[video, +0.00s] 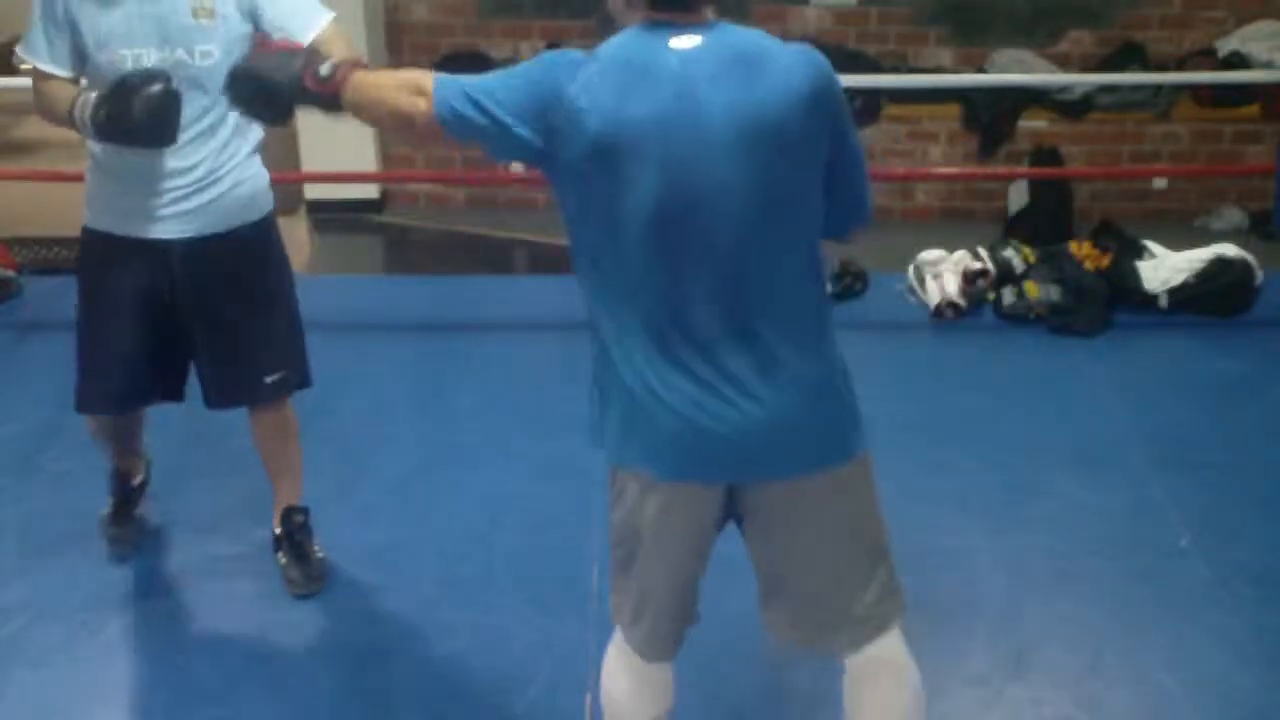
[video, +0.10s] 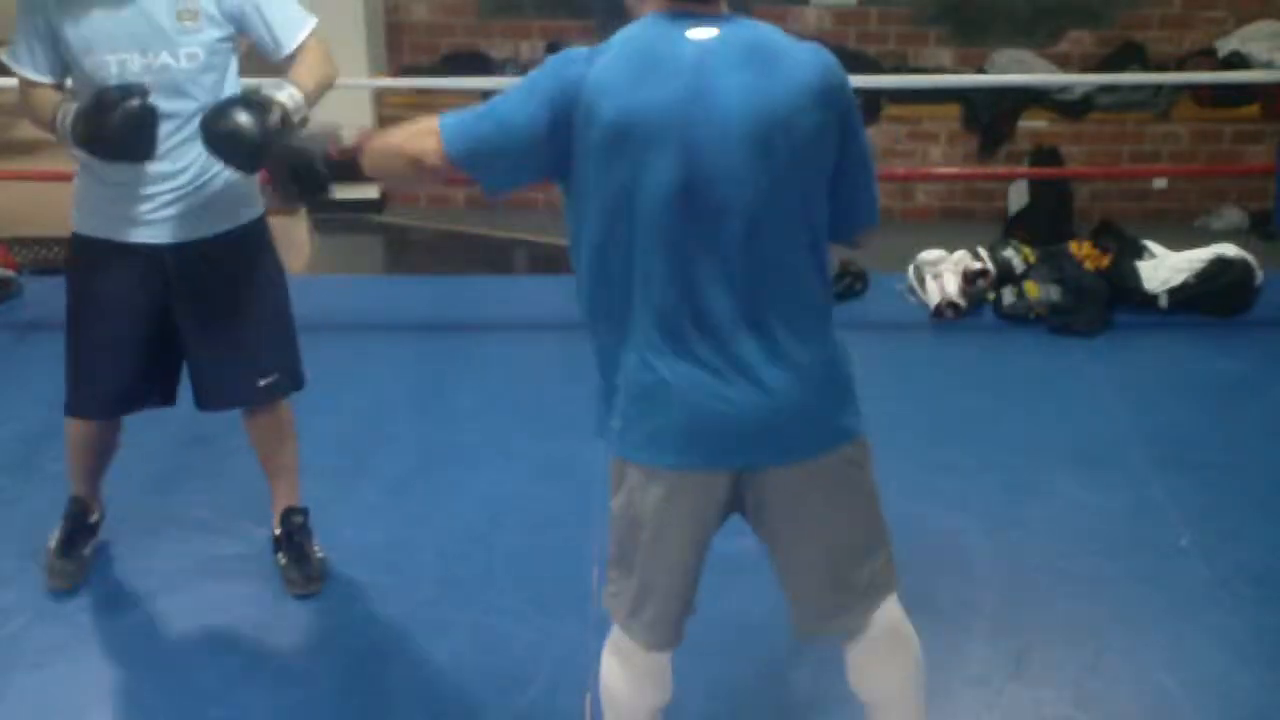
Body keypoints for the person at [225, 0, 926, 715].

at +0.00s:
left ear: (628, 0)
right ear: (722, 0)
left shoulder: (575, 84)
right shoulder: (801, 75)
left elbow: (427, 104)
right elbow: (844, 220)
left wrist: (321, 81)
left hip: (662, 432)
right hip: (805, 422)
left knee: (644, 649)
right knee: (871, 642)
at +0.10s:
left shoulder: (587, 77)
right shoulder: (812, 73)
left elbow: (444, 146)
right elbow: (850, 221)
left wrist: (364, 152)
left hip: (666, 418)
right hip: (805, 408)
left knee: (640, 634)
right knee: (870, 612)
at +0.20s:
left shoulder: (610, 72)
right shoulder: (829, 69)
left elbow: (489, 206)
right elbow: (867, 221)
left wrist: (421, 266)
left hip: (677, 409)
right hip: (813, 395)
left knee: (644, 627)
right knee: (873, 586)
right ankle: (910, 712)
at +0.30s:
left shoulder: (641, 71)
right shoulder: (855, 70)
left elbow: (589, 245)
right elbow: (888, 219)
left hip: (693, 406)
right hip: (824, 389)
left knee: (653, 616)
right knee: (871, 549)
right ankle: (914, 700)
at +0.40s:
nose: (699, 5)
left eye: (702, 2)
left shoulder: (687, 74)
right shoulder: (886, 65)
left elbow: (676, 253)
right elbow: (920, 206)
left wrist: (667, 398)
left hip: (735, 392)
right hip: (852, 378)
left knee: (675, 593)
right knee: (869, 516)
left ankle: (649, 713)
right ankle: (911, 670)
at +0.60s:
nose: (772, 5)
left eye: (776, 1)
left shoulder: (830, 76)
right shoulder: (937, 50)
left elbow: (828, 245)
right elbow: (936, 192)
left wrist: (761, 372)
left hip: (844, 375)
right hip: (924, 361)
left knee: (755, 555)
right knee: (874, 495)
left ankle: (730, 708)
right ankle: (912, 662)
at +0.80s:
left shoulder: (891, 7)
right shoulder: (993, 5)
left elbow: (912, 139)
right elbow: (1018, 55)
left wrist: (844, 239)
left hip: (903, 293)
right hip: (980, 277)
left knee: (885, 486)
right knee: (951, 454)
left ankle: (954, 680)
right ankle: (958, 611)